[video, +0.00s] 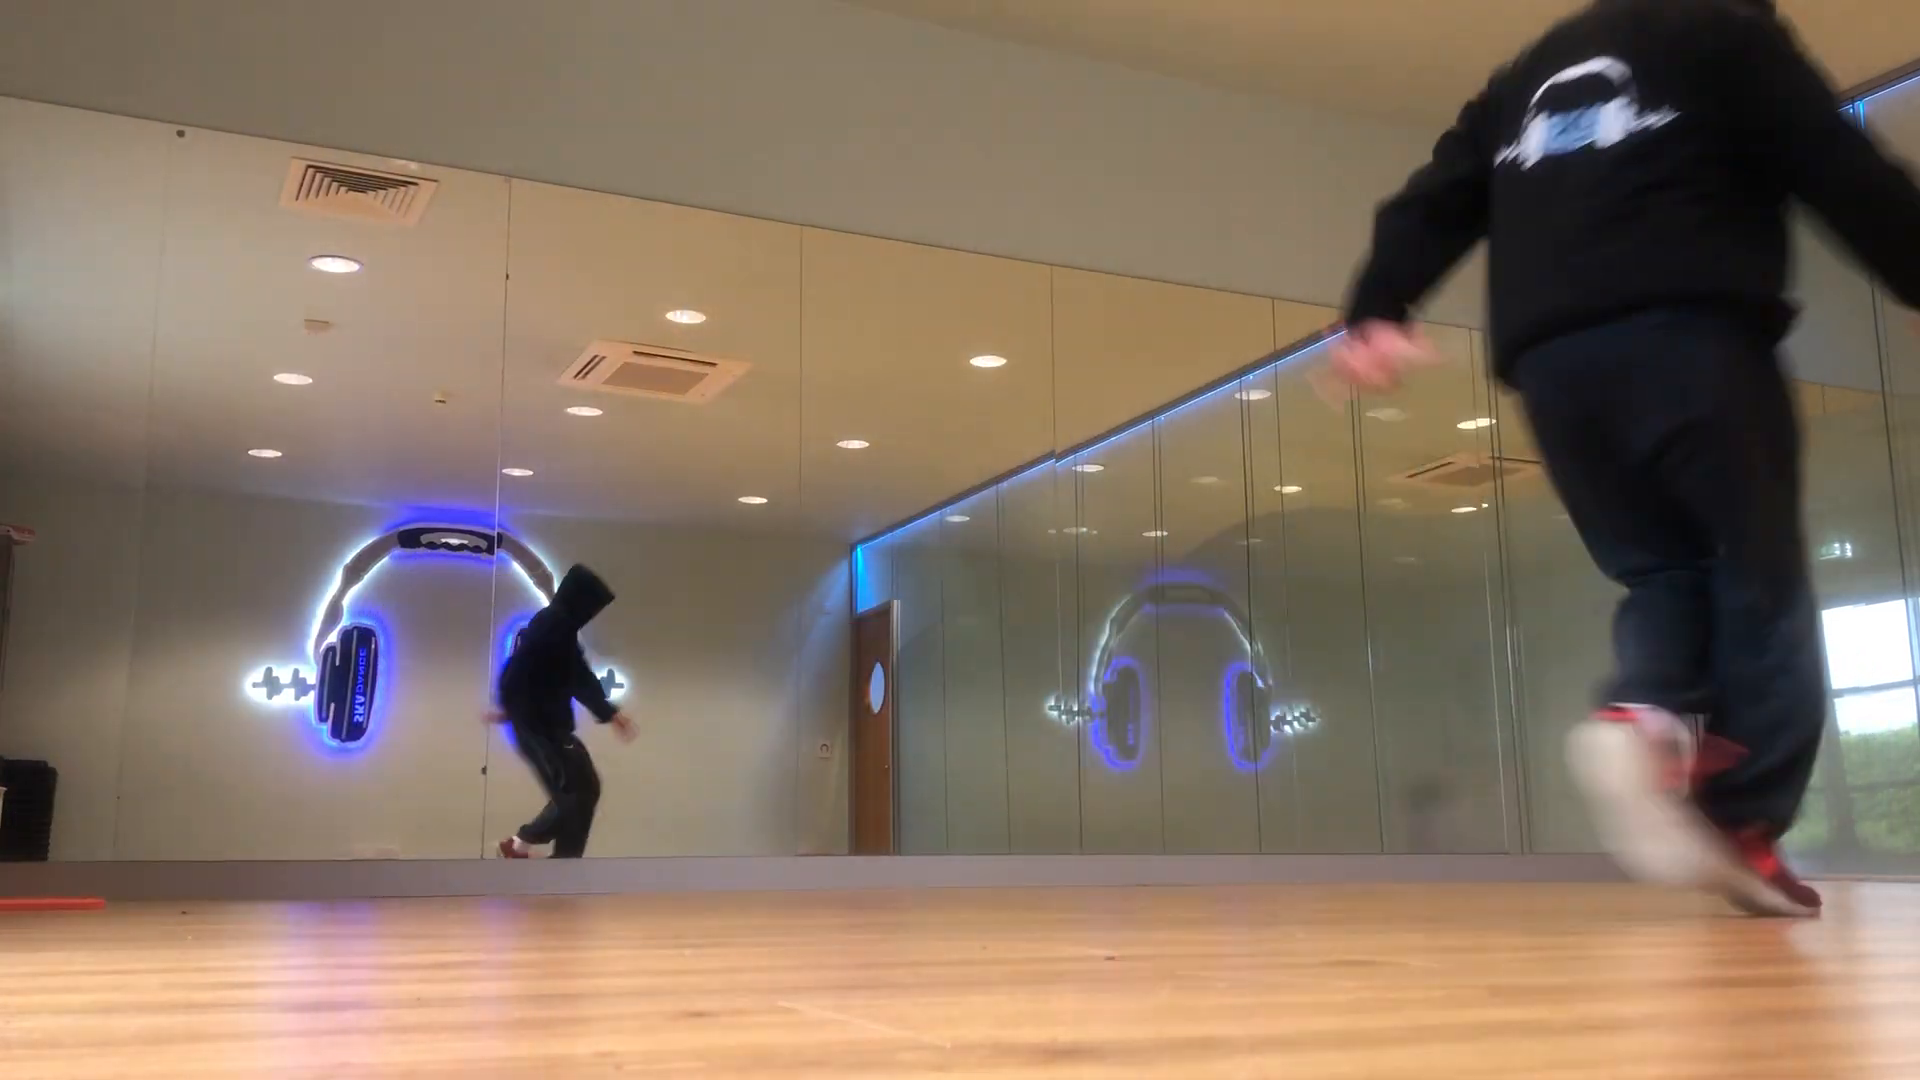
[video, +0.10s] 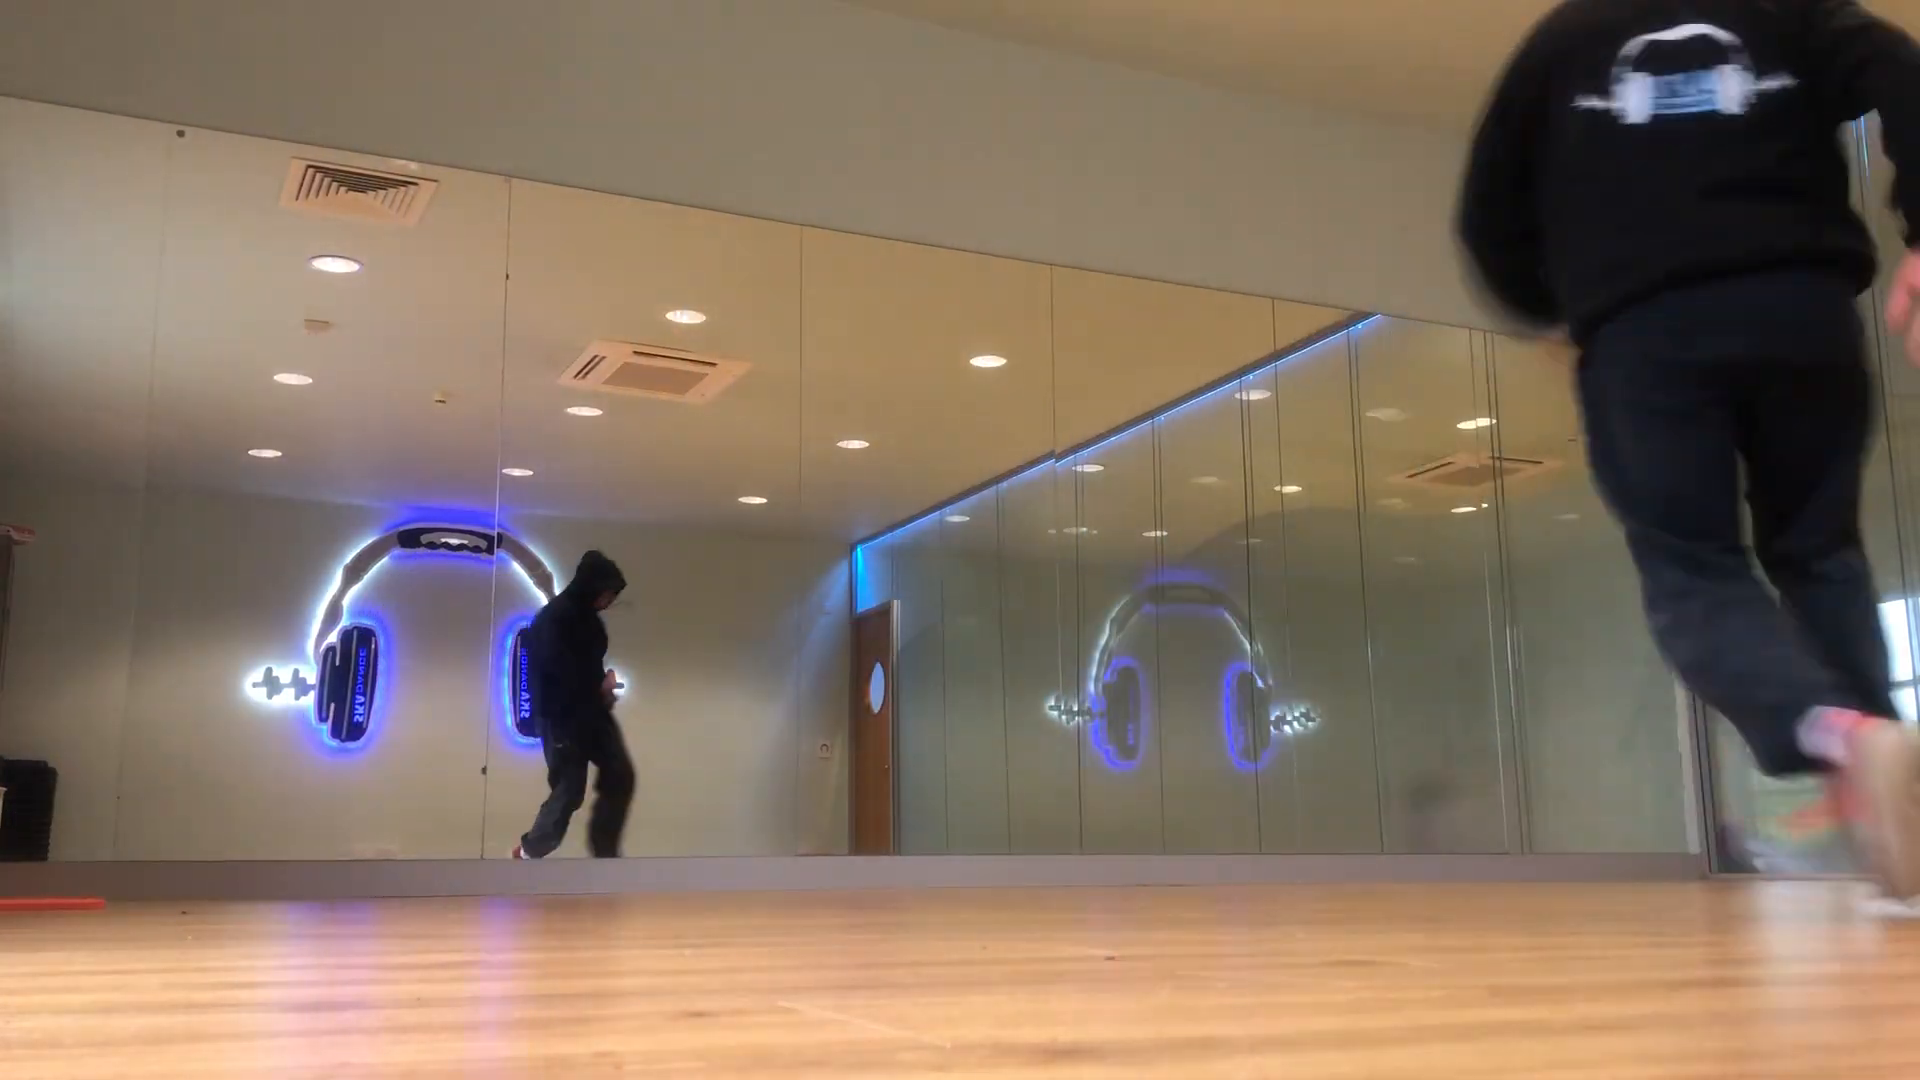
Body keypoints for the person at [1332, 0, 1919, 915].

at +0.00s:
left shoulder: (1527, 71)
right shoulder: (1732, 31)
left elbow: (1444, 186)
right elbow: (1849, 175)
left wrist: (1377, 300)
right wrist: (1916, 274)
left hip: (1555, 369)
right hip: (1695, 343)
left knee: (1656, 568)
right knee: (1761, 578)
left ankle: (1644, 714)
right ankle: (1744, 822)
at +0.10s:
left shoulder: (1567, 31)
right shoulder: (1791, 7)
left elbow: (1489, 211)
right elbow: (1902, 74)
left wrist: (1564, 301)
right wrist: (1917, 233)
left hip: (1647, 334)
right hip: (1806, 314)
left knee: (1694, 571)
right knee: (1819, 546)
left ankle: (1841, 738)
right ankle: (1877, 794)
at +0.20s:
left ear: (1659, 2)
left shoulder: (1631, 74)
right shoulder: (1852, 58)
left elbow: (1578, 242)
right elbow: (1909, 178)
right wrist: (1911, 232)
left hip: (1722, 363)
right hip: (1862, 344)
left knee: (1823, 584)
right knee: (1888, 558)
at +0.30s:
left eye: (1669, 73)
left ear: (1676, 67)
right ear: (1775, 51)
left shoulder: (1663, 144)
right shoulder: (1876, 114)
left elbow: (1631, 319)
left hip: (1796, 393)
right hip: (1911, 357)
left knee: (1901, 614)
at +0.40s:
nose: (1682, 152)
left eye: (1687, 134)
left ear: (1701, 125)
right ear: (1790, 100)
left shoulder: (1702, 206)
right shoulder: (1887, 151)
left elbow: (1661, 377)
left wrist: (1677, 516)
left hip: (1857, 442)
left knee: (1891, 635)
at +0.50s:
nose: (1691, 176)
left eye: (1694, 161)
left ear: (1710, 141)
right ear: (1777, 113)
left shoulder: (1717, 198)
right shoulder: (1880, 149)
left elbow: (1705, 274)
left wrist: (1804, 301)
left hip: (1850, 425)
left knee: (1859, 608)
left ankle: (1900, 653)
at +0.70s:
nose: (1650, 153)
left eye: (1648, 139)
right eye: (1646, 145)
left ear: (1658, 114)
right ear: (1709, 89)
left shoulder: (1691, 116)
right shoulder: (1801, 131)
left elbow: (1719, 178)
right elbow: (1910, 195)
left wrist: (1703, 322)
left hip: (1835, 375)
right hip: (1896, 364)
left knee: (1724, 555)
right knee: (1886, 580)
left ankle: (1847, 760)